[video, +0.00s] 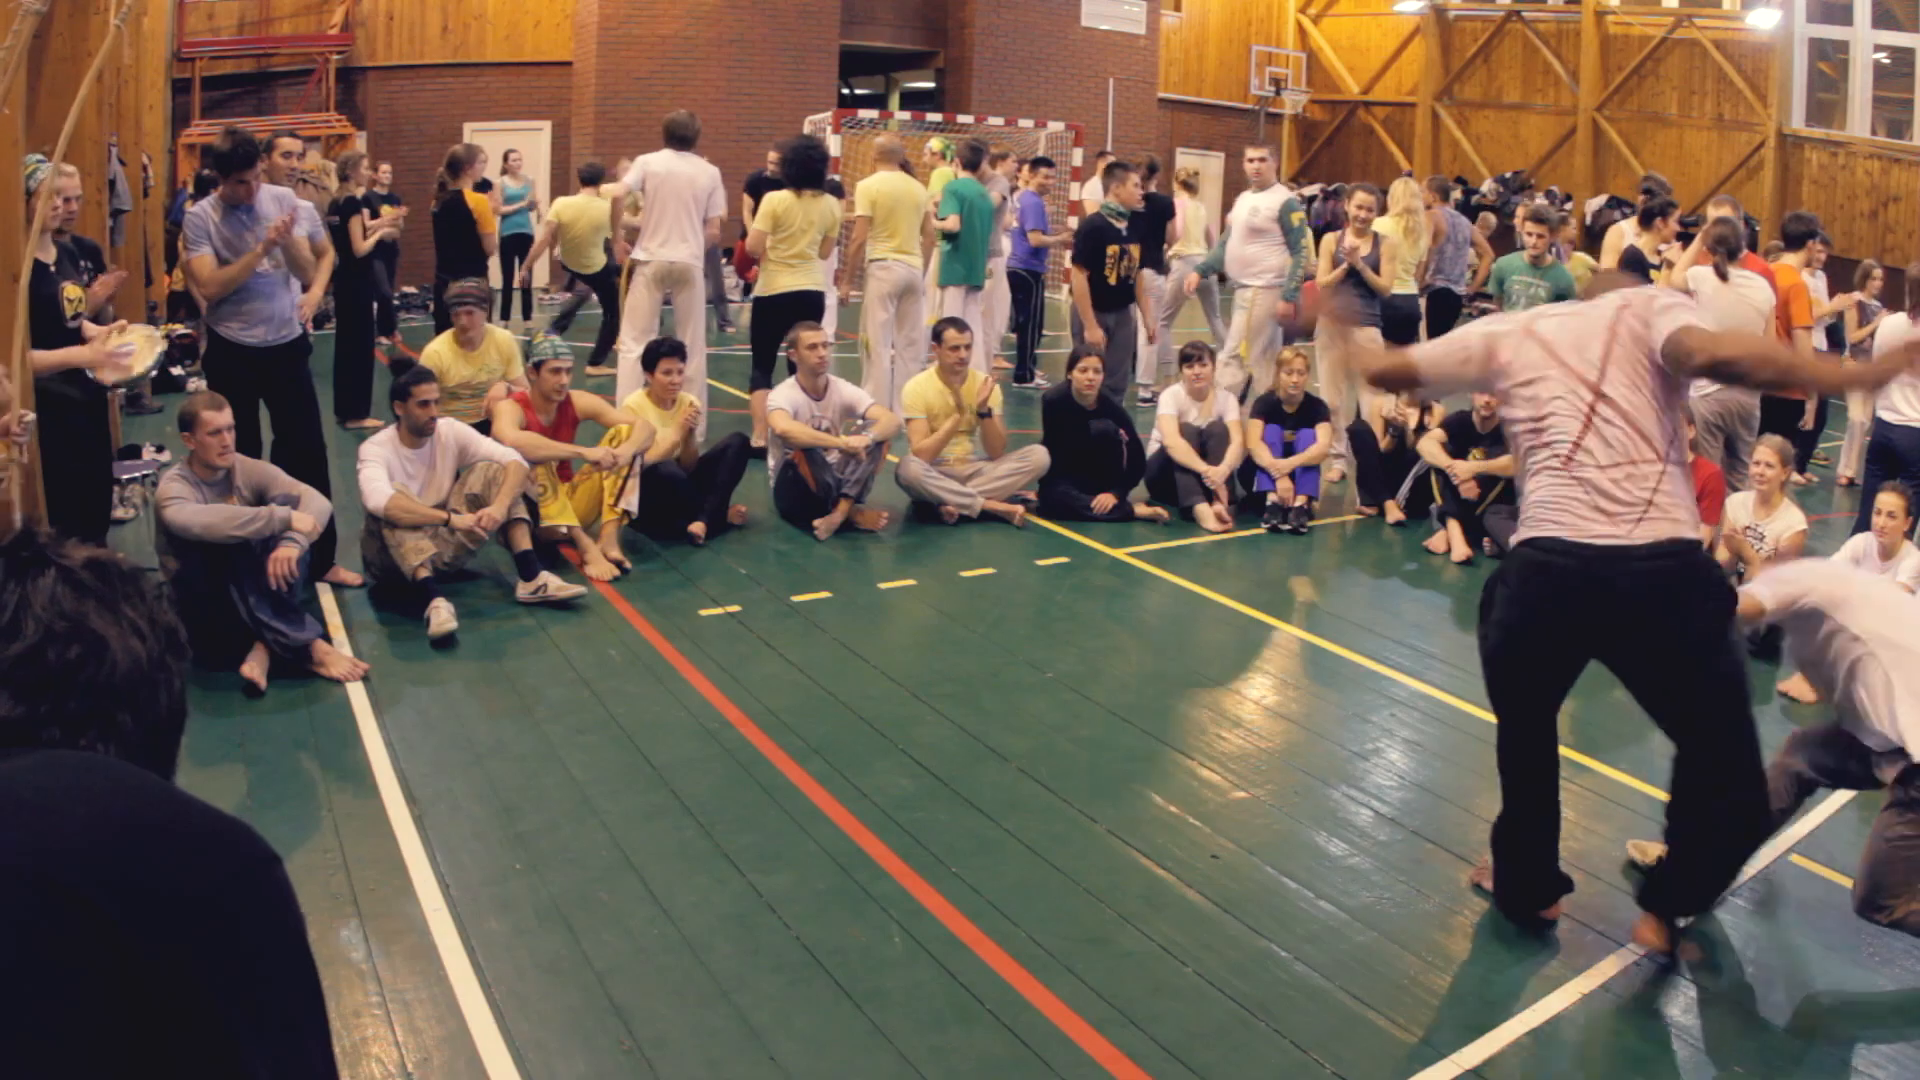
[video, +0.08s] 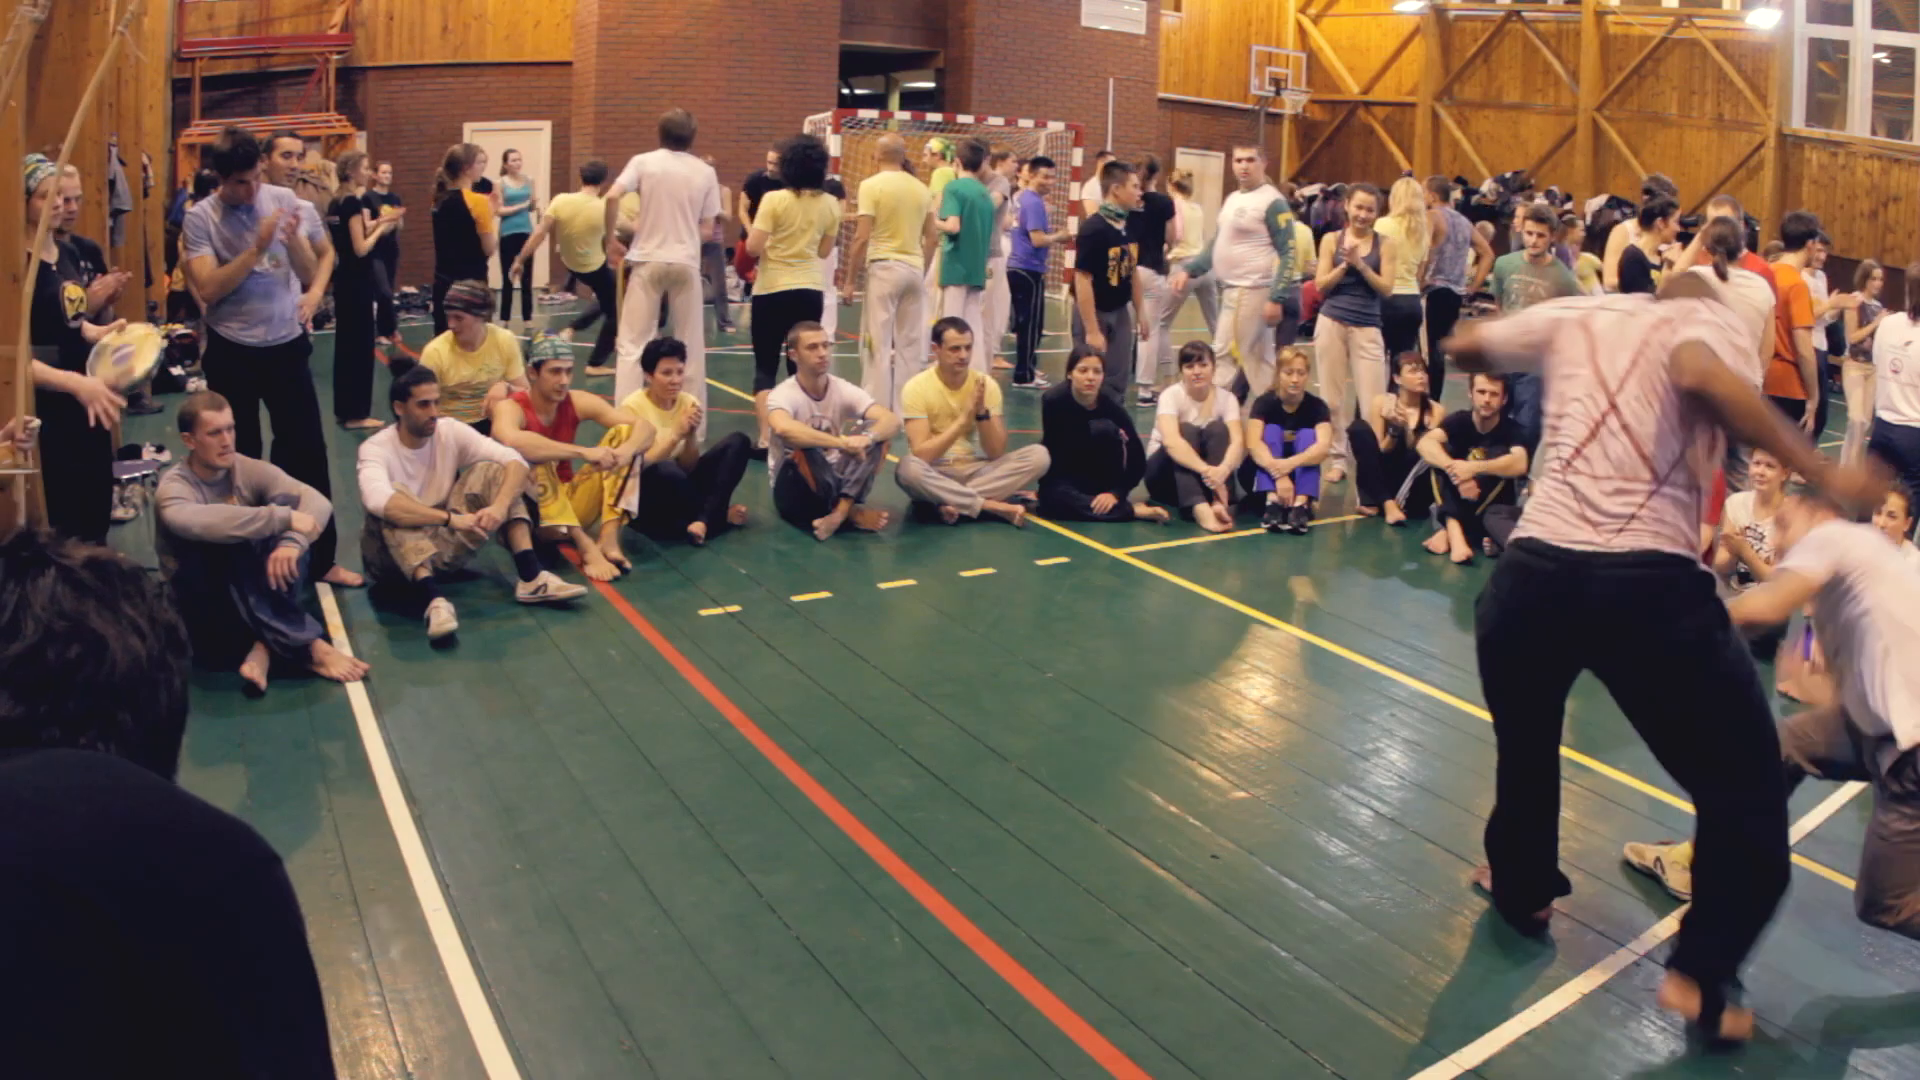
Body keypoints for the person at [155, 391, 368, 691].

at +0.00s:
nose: (227, 441)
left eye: (230, 430)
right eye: (214, 434)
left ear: (236, 429)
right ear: (189, 440)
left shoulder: (248, 469)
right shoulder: (174, 487)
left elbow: (317, 502)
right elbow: (192, 523)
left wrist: (292, 544)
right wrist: (284, 518)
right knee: (218, 544)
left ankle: (265, 644)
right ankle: (310, 645)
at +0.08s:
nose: (227, 441)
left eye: (230, 430)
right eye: (214, 434)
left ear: (236, 429)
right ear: (189, 440)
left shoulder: (249, 469)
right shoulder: (174, 487)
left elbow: (317, 502)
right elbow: (192, 523)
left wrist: (292, 544)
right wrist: (284, 518)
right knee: (217, 543)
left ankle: (265, 644)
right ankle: (310, 644)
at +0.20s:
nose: (227, 441)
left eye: (230, 430)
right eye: (214, 434)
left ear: (236, 429)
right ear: (189, 440)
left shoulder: (248, 469)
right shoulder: (174, 487)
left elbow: (316, 502)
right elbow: (194, 523)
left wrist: (292, 544)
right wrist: (284, 517)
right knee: (218, 543)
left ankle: (265, 644)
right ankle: (310, 644)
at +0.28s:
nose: (227, 441)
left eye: (230, 430)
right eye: (214, 433)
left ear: (236, 429)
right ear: (189, 440)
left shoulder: (248, 469)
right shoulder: (174, 487)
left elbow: (317, 501)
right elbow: (194, 523)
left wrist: (292, 543)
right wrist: (284, 517)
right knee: (217, 543)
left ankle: (265, 643)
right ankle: (310, 644)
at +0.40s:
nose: (227, 441)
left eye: (230, 430)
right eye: (214, 433)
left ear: (236, 429)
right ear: (189, 440)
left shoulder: (248, 469)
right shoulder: (174, 487)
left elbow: (317, 501)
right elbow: (192, 523)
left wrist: (292, 543)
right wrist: (284, 517)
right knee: (218, 542)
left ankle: (265, 644)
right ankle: (310, 644)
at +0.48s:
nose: (227, 440)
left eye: (230, 429)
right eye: (215, 433)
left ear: (236, 429)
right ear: (189, 440)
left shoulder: (248, 469)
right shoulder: (174, 487)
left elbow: (317, 501)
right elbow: (193, 523)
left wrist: (292, 543)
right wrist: (284, 517)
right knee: (220, 542)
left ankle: (265, 644)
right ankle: (310, 644)